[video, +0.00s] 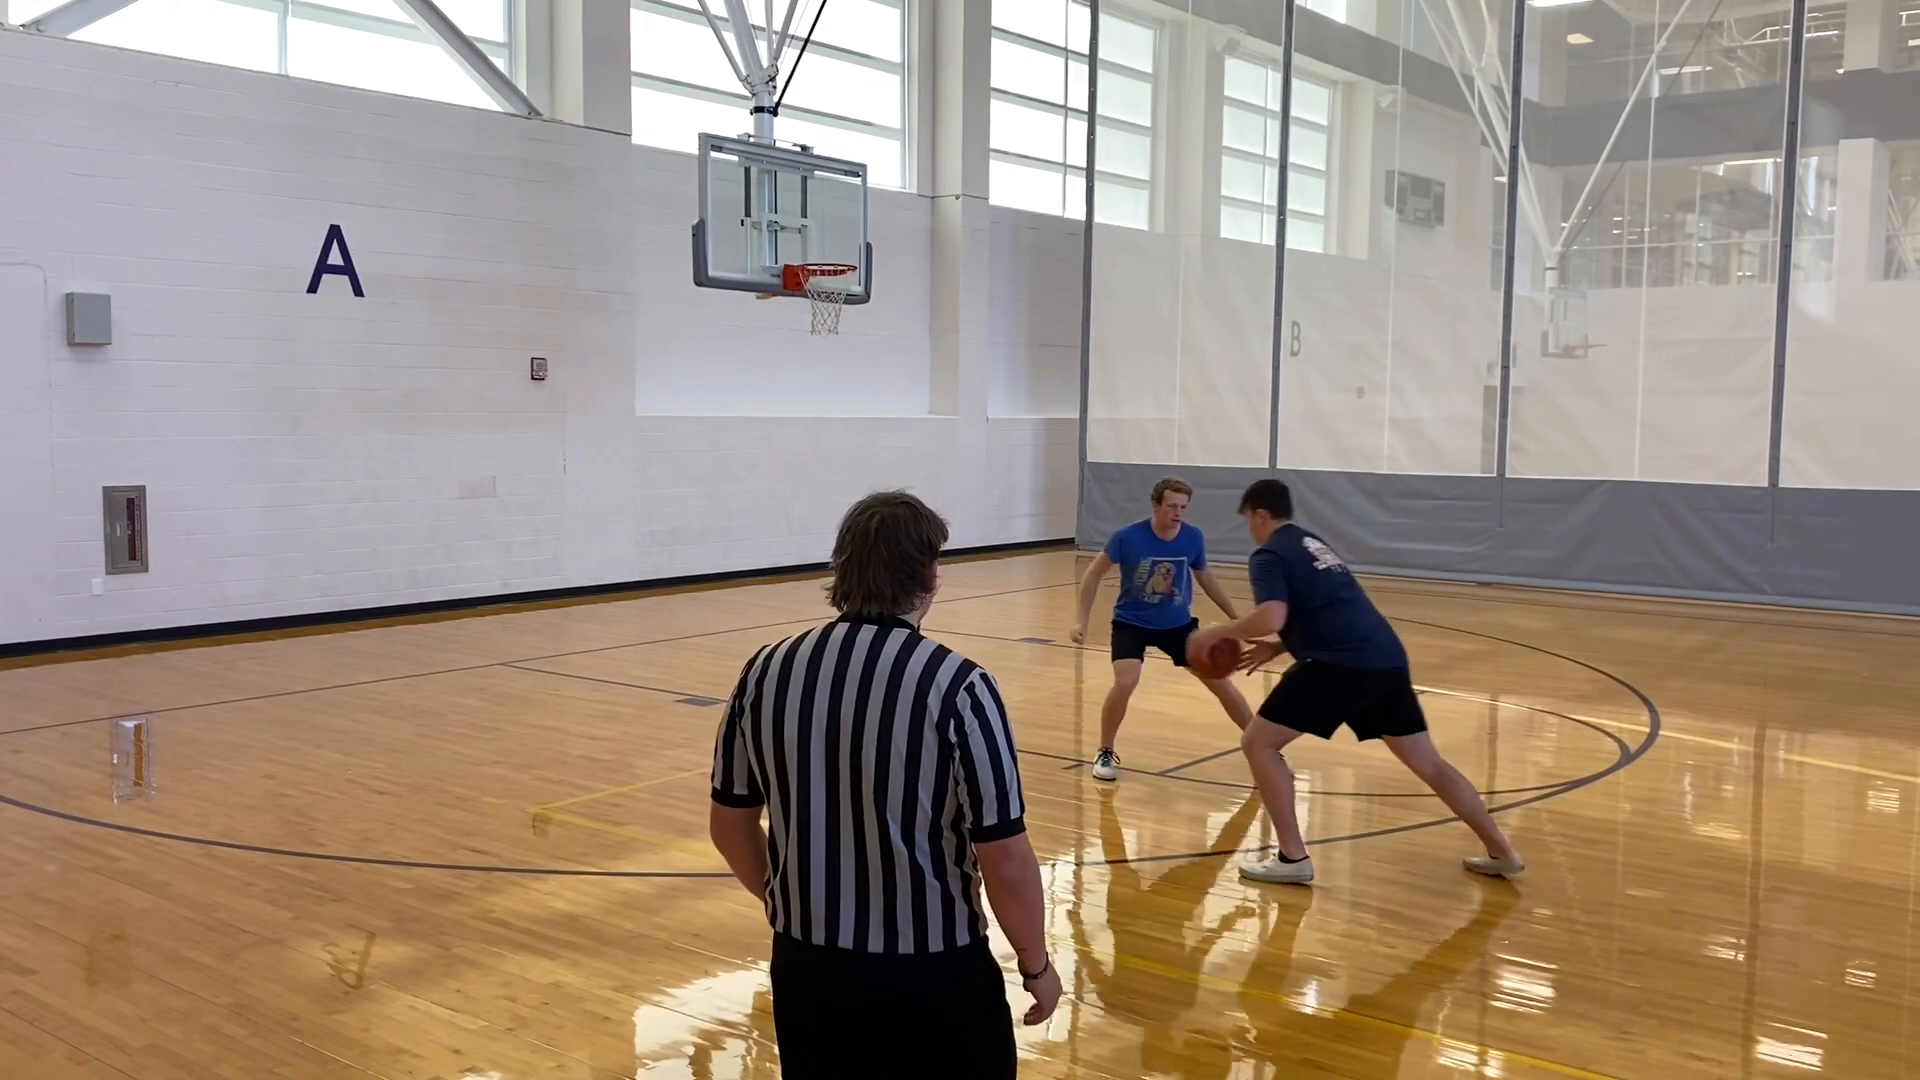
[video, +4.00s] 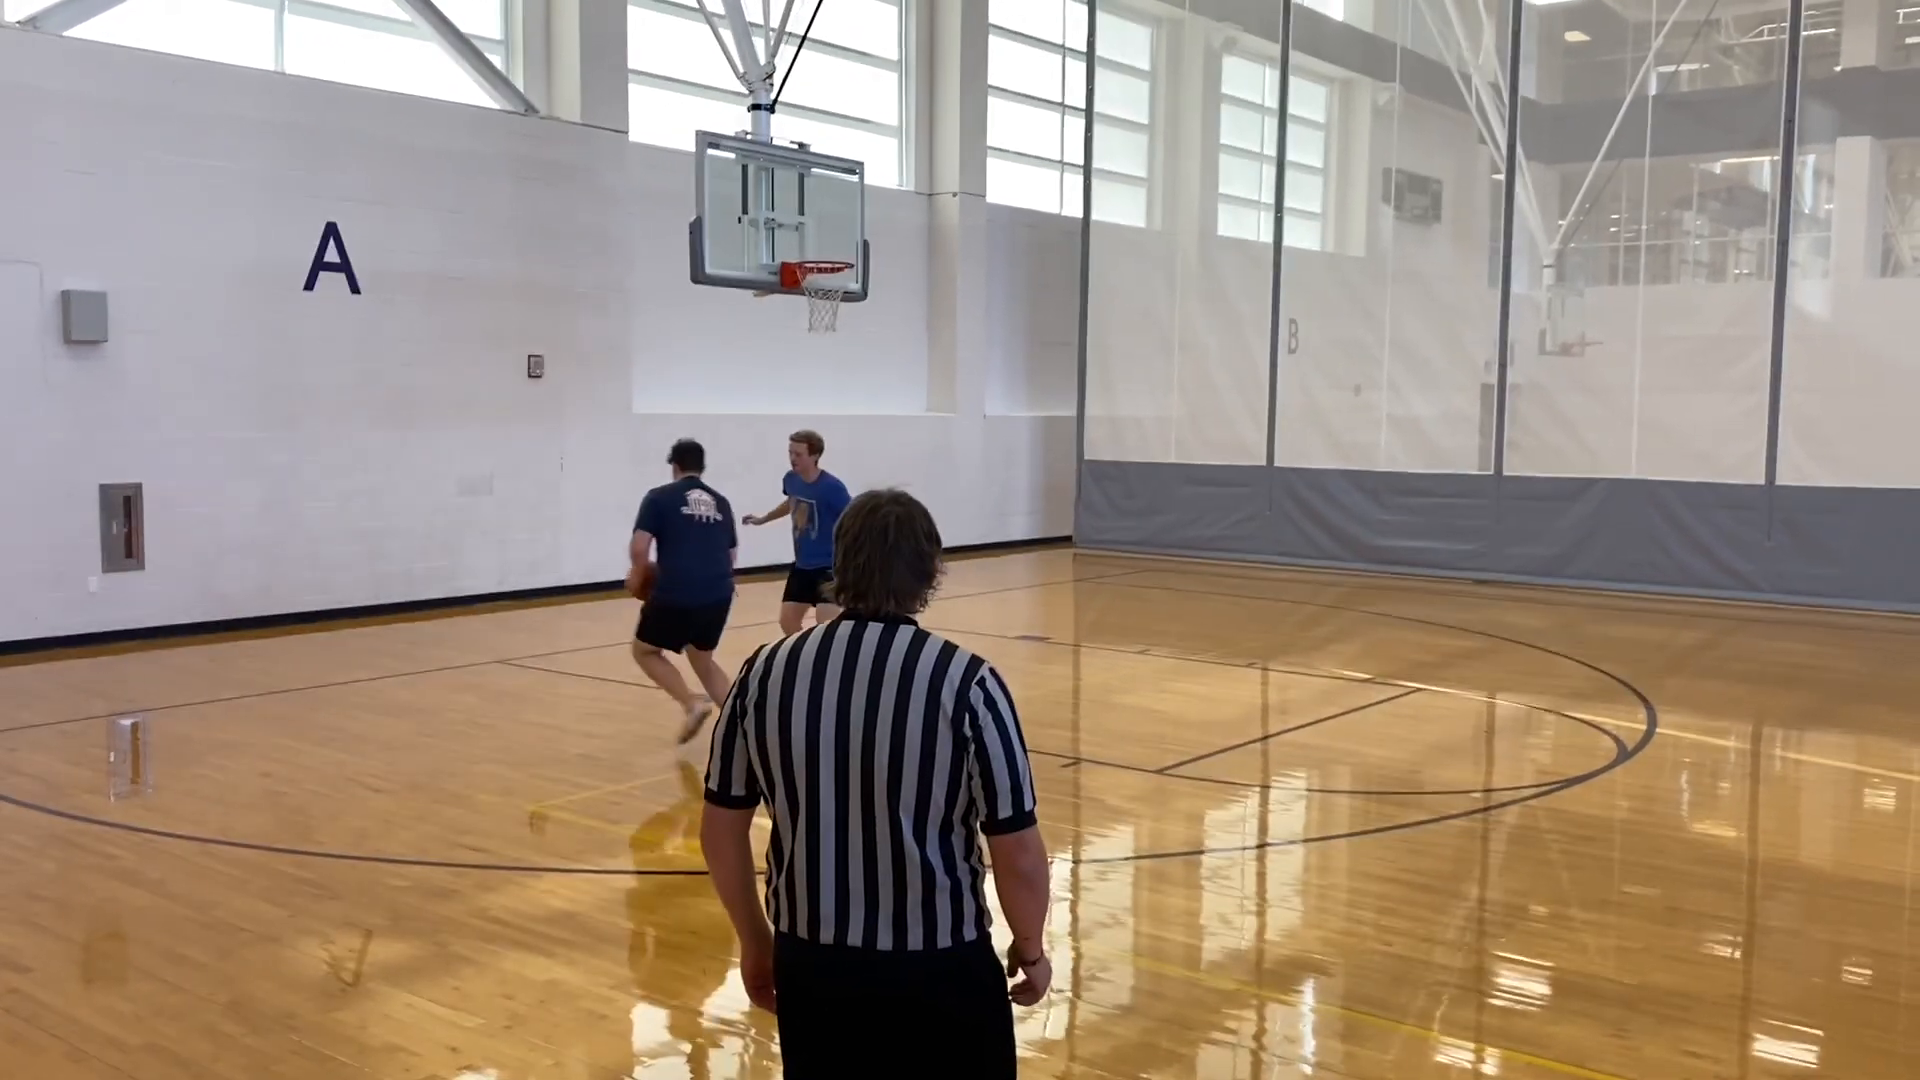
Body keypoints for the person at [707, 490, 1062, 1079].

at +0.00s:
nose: (940, 575)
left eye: (938, 559)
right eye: (937, 560)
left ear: (846, 566)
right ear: (926, 572)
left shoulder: (767, 670)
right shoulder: (959, 686)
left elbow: (731, 825)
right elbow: (1004, 855)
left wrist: (785, 900)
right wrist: (1036, 962)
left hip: (809, 979)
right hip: (940, 982)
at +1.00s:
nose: (938, 574)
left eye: (936, 558)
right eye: (936, 560)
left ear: (843, 565)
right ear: (925, 573)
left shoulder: (766, 670)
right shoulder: (961, 685)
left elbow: (720, 829)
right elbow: (1009, 861)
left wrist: (755, 938)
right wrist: (1037, 990)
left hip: (808, 979)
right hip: (941, 982)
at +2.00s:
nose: (950, 582)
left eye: (945, 566)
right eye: (947, 568)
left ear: (849, 572)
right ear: (937, 578)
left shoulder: (772, 676)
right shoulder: (973, 689)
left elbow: (725, 831)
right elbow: (1020, 862)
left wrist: (744, 950)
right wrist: (1047, 988)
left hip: (816, 984)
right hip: (948, 988)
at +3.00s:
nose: (942, 575)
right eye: (938, 562)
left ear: (842, 564)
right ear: (930, 575)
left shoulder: (768, 669)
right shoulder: (968, 683)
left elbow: (723, 828)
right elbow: (1016, 853)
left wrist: (756, 940)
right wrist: (1039, 963)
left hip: (812, 976)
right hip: (945, 978)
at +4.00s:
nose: (940, 571)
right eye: (936, 558)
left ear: (841, 565)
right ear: (929, 570)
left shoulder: (764, 671)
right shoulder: (968, 682)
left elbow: (721, 830)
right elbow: (1018, 854)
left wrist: (754, 939)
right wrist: (1030, 946)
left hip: (812, 973)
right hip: (945, 975)